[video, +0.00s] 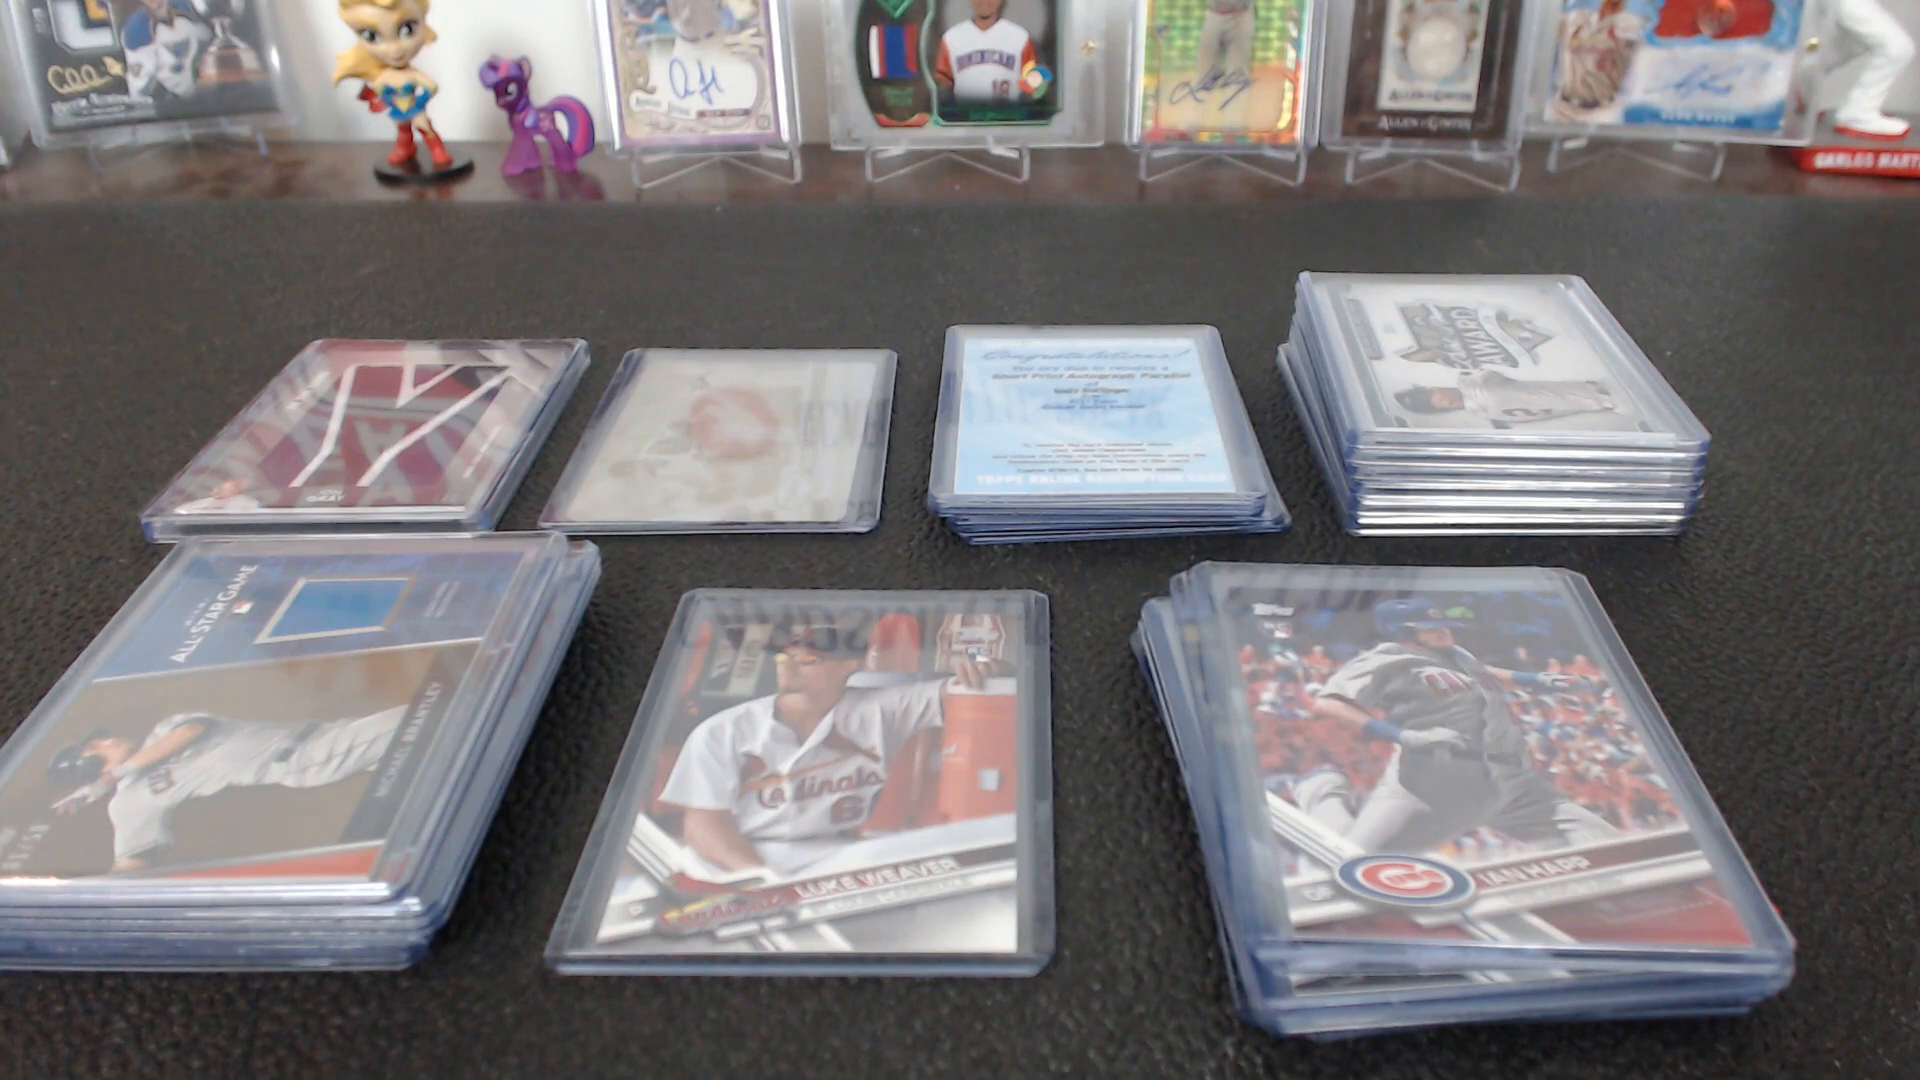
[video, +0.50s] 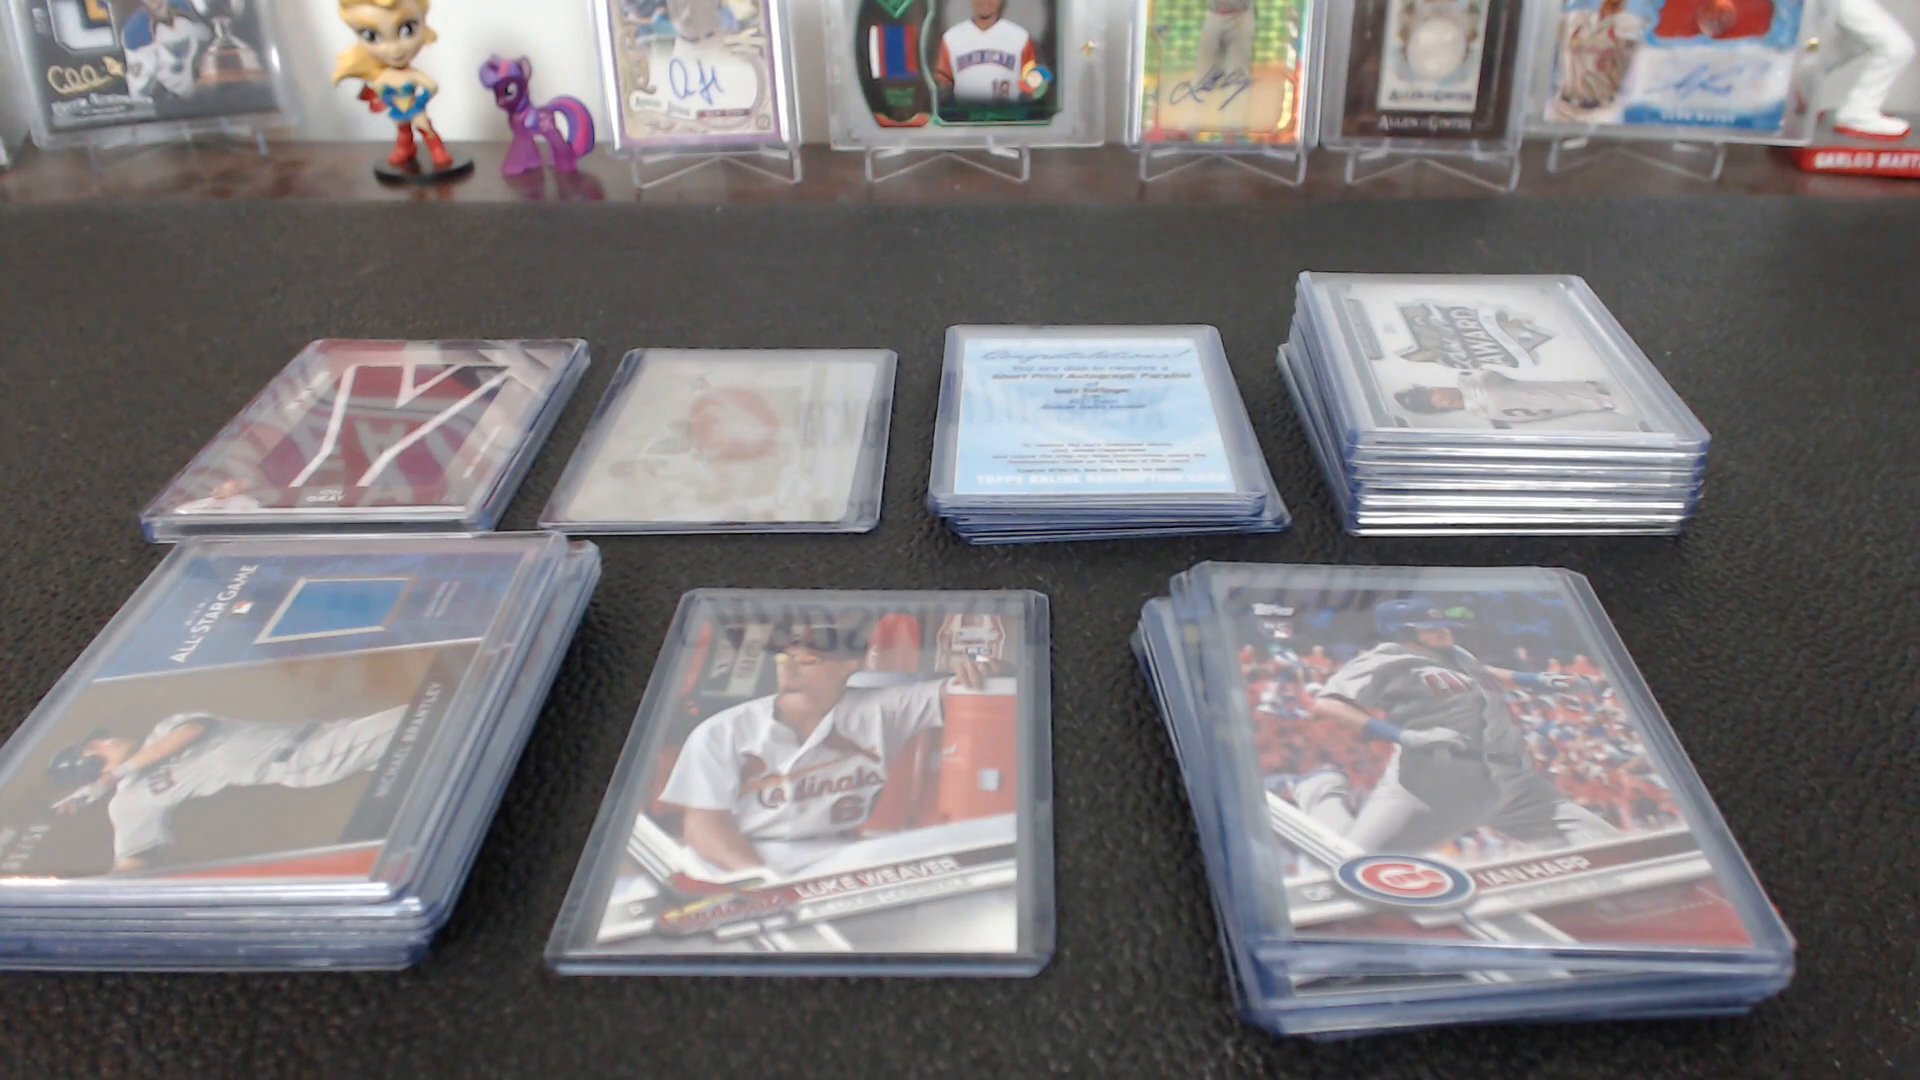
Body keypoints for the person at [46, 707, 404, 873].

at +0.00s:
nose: (111, 741)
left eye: (101, 740)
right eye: (101, 747)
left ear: (108, 741)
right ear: (100, 771)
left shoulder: (161, 728)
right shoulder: (131, 798)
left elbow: (193, 732)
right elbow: (129, 870)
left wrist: (117, 775)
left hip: (312, 733)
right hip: (299, 760)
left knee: (416, 721)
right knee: (414, 717)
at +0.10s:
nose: (112, 740)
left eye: (101, 739)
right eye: (101, 746)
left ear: (108, 742)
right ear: (100, 770)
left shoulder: (161, 728)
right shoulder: (131, 799)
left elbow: (193, 732)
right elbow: (129, 871)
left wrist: (118, 775)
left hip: (311, 733)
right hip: (298, 760)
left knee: (416, 721)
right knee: (414, 717)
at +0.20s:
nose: (111, 741)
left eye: (101, 739)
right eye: (101, 747)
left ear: (109, 741)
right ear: (100, 771)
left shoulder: (161, 729)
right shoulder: (131, 799)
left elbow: (193, 732)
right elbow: (129, 870)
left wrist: (118, 774)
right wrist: (90, 903)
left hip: (310, 732)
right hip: (297, 760)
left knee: (415, 722)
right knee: (413, 718)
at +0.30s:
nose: (111, 741)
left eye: (101, 739)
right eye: (101, 747)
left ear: (109, 741)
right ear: (100, 771)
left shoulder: (161, 729)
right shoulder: (131, 799)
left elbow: (193, 732)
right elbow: (129, 870)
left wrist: (118, 774)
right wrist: (87, 901)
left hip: (311, 733)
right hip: (298, 760)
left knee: (415, 722)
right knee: (414, 718)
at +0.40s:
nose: (111, 740)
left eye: (101, 739)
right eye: (101, 747)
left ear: (109, 741)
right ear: (100, 771)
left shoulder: (161, 729)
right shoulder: (131, 799)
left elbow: (193, 732)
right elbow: (129, 870)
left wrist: (118, 774)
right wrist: (86, 901)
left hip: (311, 733)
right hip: (298, 760)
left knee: (415, 722)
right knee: (414, 718)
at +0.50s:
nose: (111, 740)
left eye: (101, 739)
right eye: (101, 747)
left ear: (108, 742)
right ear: (100, 771)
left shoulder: (161, 729)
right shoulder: (131, 799)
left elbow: (193, 732)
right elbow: (129, 871)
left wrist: (119, 773)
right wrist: (82, 899)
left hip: (312, 733)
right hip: (299, 760)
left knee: (416, 722)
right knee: (414, 718)